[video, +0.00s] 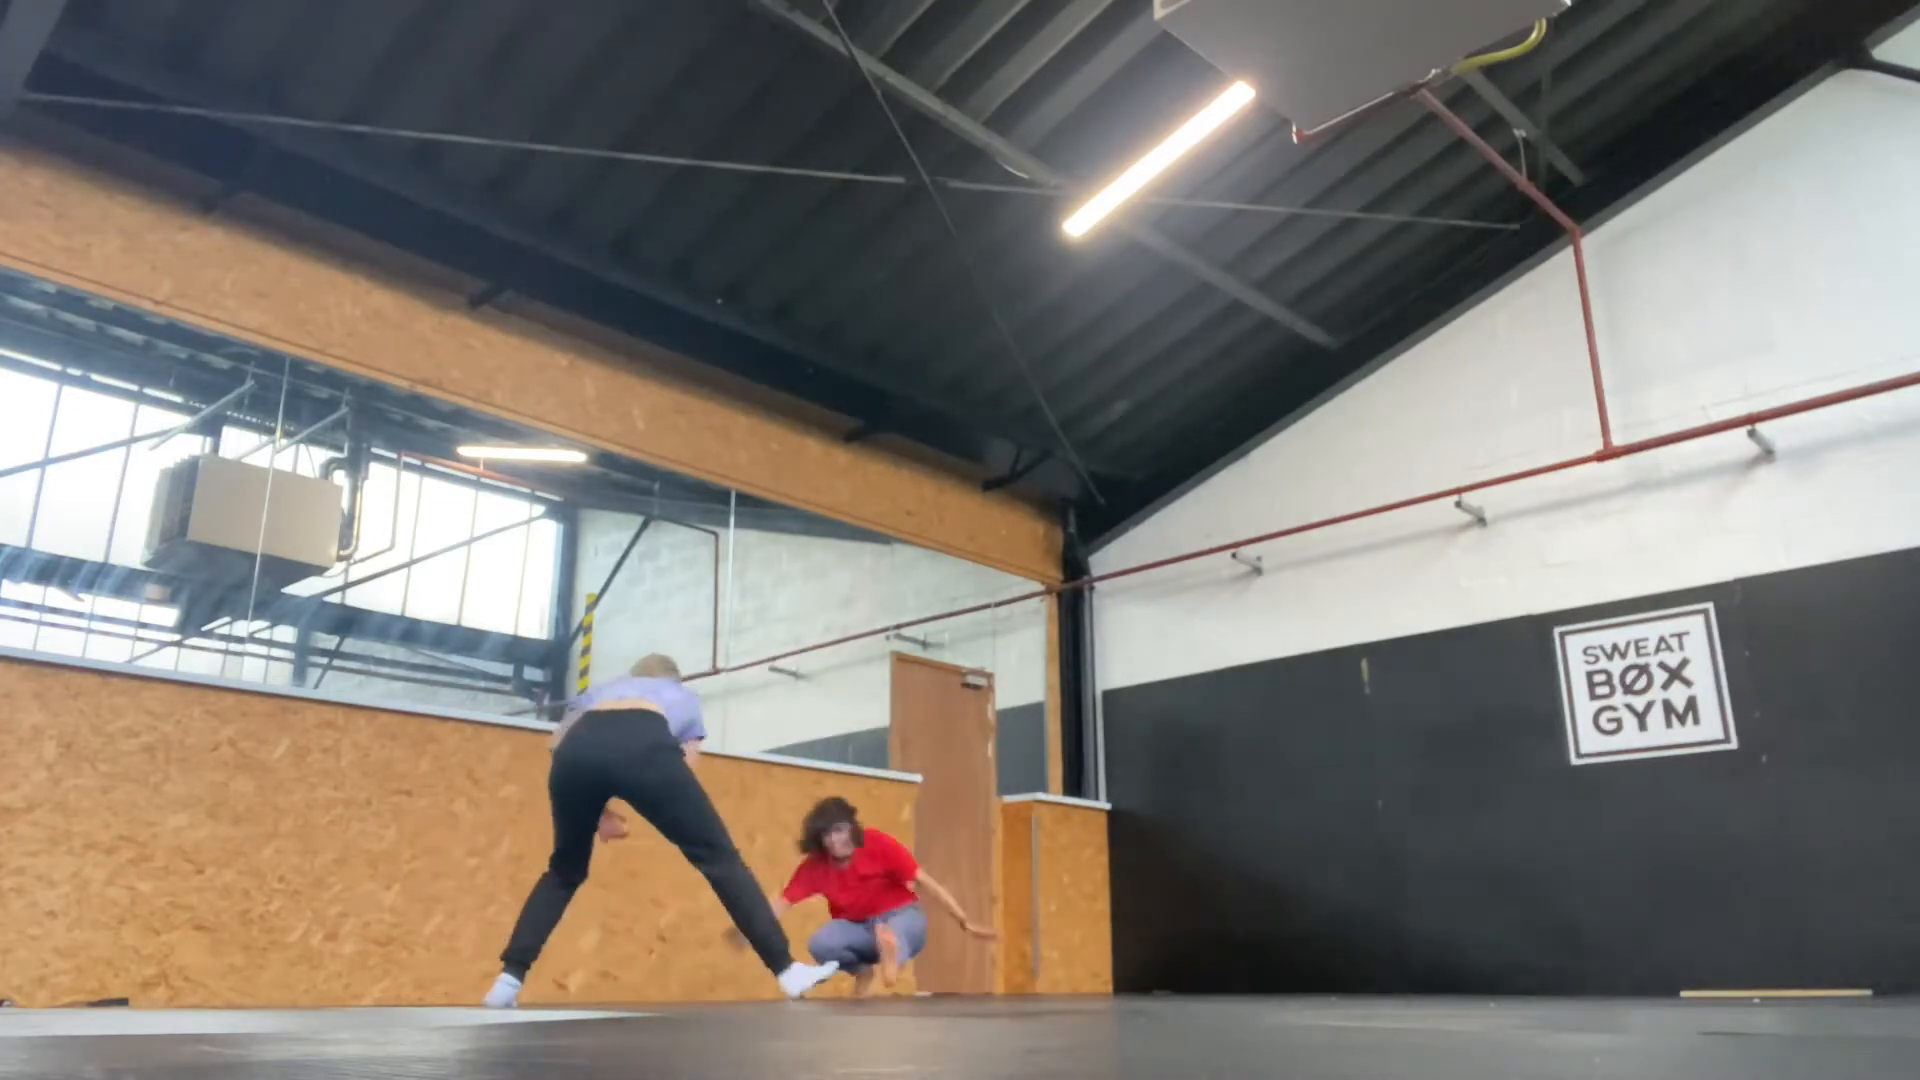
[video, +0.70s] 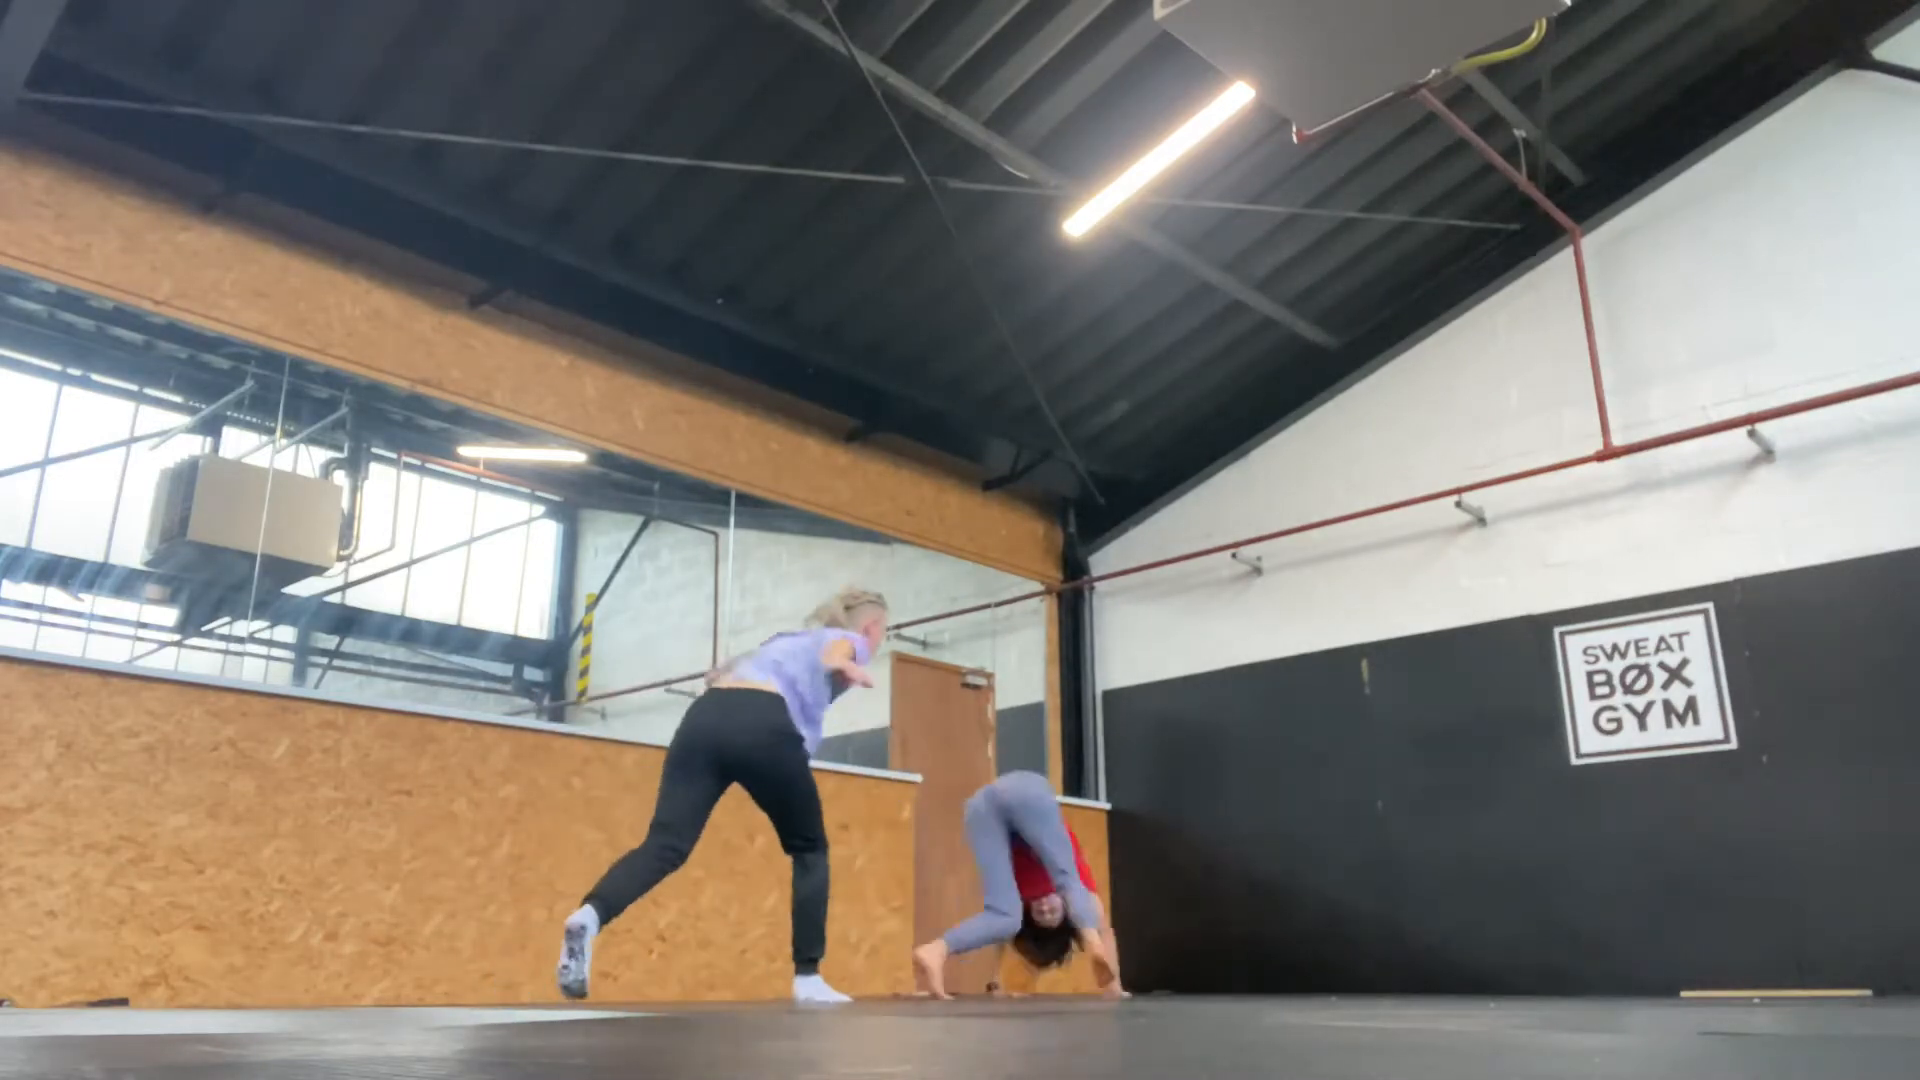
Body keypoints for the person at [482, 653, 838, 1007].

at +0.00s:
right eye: (676, 683)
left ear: (635, 674)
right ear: (676, 678)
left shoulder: (601, 689)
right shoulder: (685, 697)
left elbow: (561, 750)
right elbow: (683, 767)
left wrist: (596, 815)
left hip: (578, 747)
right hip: (644, 745)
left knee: (564, 869)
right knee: (719, 858)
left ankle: (508, 980)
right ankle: (787, 970)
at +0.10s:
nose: (722, 686)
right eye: (723, 679)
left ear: (679, 668)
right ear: (720, 675)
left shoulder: (645, 683)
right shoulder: (725, 699)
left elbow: (587, 714)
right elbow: (744, 786)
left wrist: (602, 760)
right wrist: (702, 782)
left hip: (605, 751)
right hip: (668, 752)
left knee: (586, 873)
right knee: (741, 861)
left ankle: (509, 984)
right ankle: (796, 979)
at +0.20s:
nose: (779, 681)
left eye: (776, 677)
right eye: (777, 675)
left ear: (731, 666)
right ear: (769, 673)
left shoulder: (696, 676)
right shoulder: (774, 694)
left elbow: (636, 692)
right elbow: (822, 768)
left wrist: (649, 744)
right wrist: (811, 791)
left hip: (643, 741)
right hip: (704, 745)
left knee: (593, 869)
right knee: (776, 857)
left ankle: (509, 983)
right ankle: (803, 981)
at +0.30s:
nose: (826, 694)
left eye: (823, 688)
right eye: (825, 688)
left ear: (779, 665)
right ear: (815, 678)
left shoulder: (740, 672)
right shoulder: (816, 695)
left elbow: (680, 681)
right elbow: (875, 753)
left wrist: (685, 716)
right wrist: (910, 784)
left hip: (677, 727)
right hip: (735, 737)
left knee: (605, 850)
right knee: (797, 850)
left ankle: (519, 974)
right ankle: (804, 981)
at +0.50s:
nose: (883, 692)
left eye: (883, 684)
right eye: (881, 685)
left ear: (834, 663)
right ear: (866, 674)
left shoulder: (794, 669)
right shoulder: (856, 685)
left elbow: (737, 684)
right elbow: (907, 720)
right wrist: (975, 756)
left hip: (705, 718)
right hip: (761, 726)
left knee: (646, 846)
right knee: (814, 850)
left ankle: (556, 933)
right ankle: (808, 980)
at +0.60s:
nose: (890, 671)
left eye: (892, 664)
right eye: (890, 662)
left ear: (845, 640)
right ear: (873, 650)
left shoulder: (795, 661)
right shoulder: (857, 664)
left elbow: (725, 683)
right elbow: (863, 681)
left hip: (709, 719)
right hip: (764, 728)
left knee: (661, 846)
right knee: (816, 850)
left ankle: (581, 917)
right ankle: (808, 978)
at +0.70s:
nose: (881, 639)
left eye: (883, 631)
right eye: (880, 630)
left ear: (835, 615)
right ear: (863, 624)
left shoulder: (785, 641)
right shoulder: (847, 638)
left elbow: (723, 674)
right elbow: (831, 653)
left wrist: (724, 679)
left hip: (706, 715)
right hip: (762, 719)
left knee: (665, 845)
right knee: (809, 849)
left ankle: (587, 917)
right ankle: (808, 979)